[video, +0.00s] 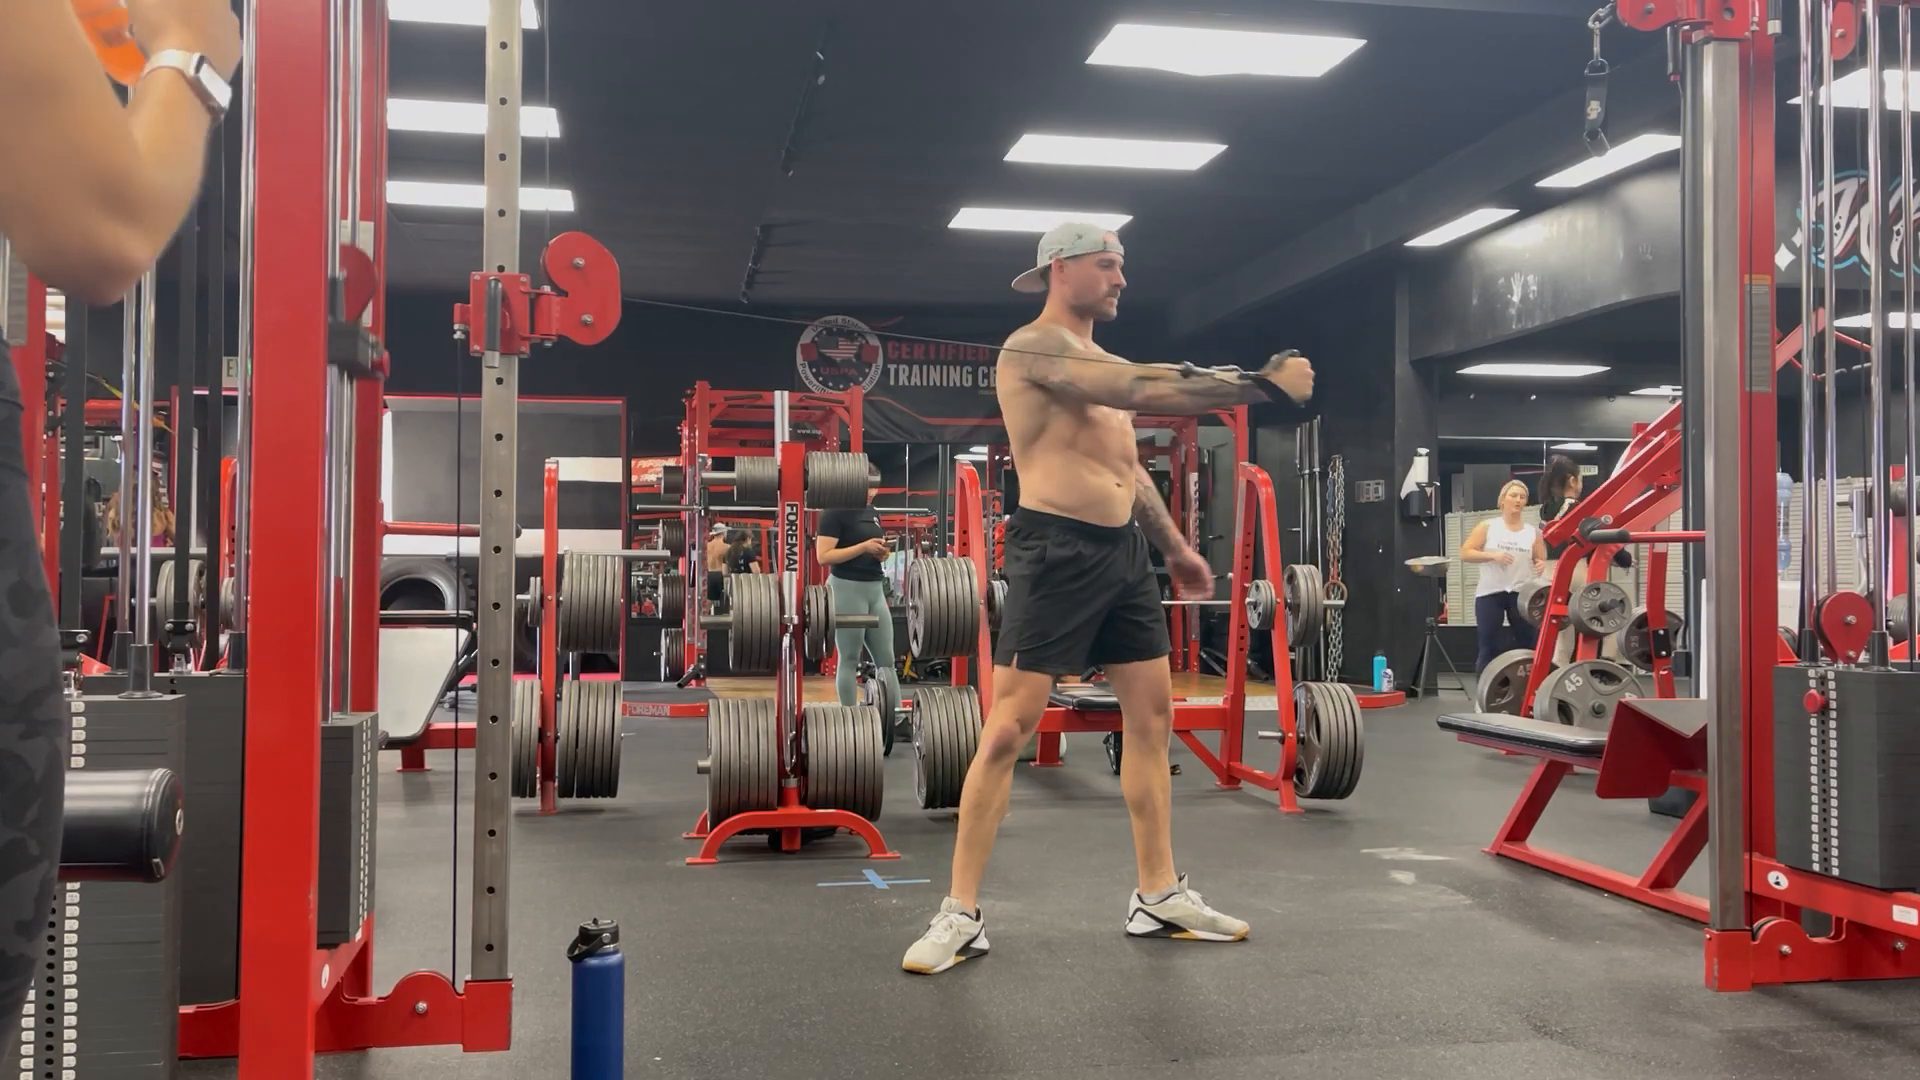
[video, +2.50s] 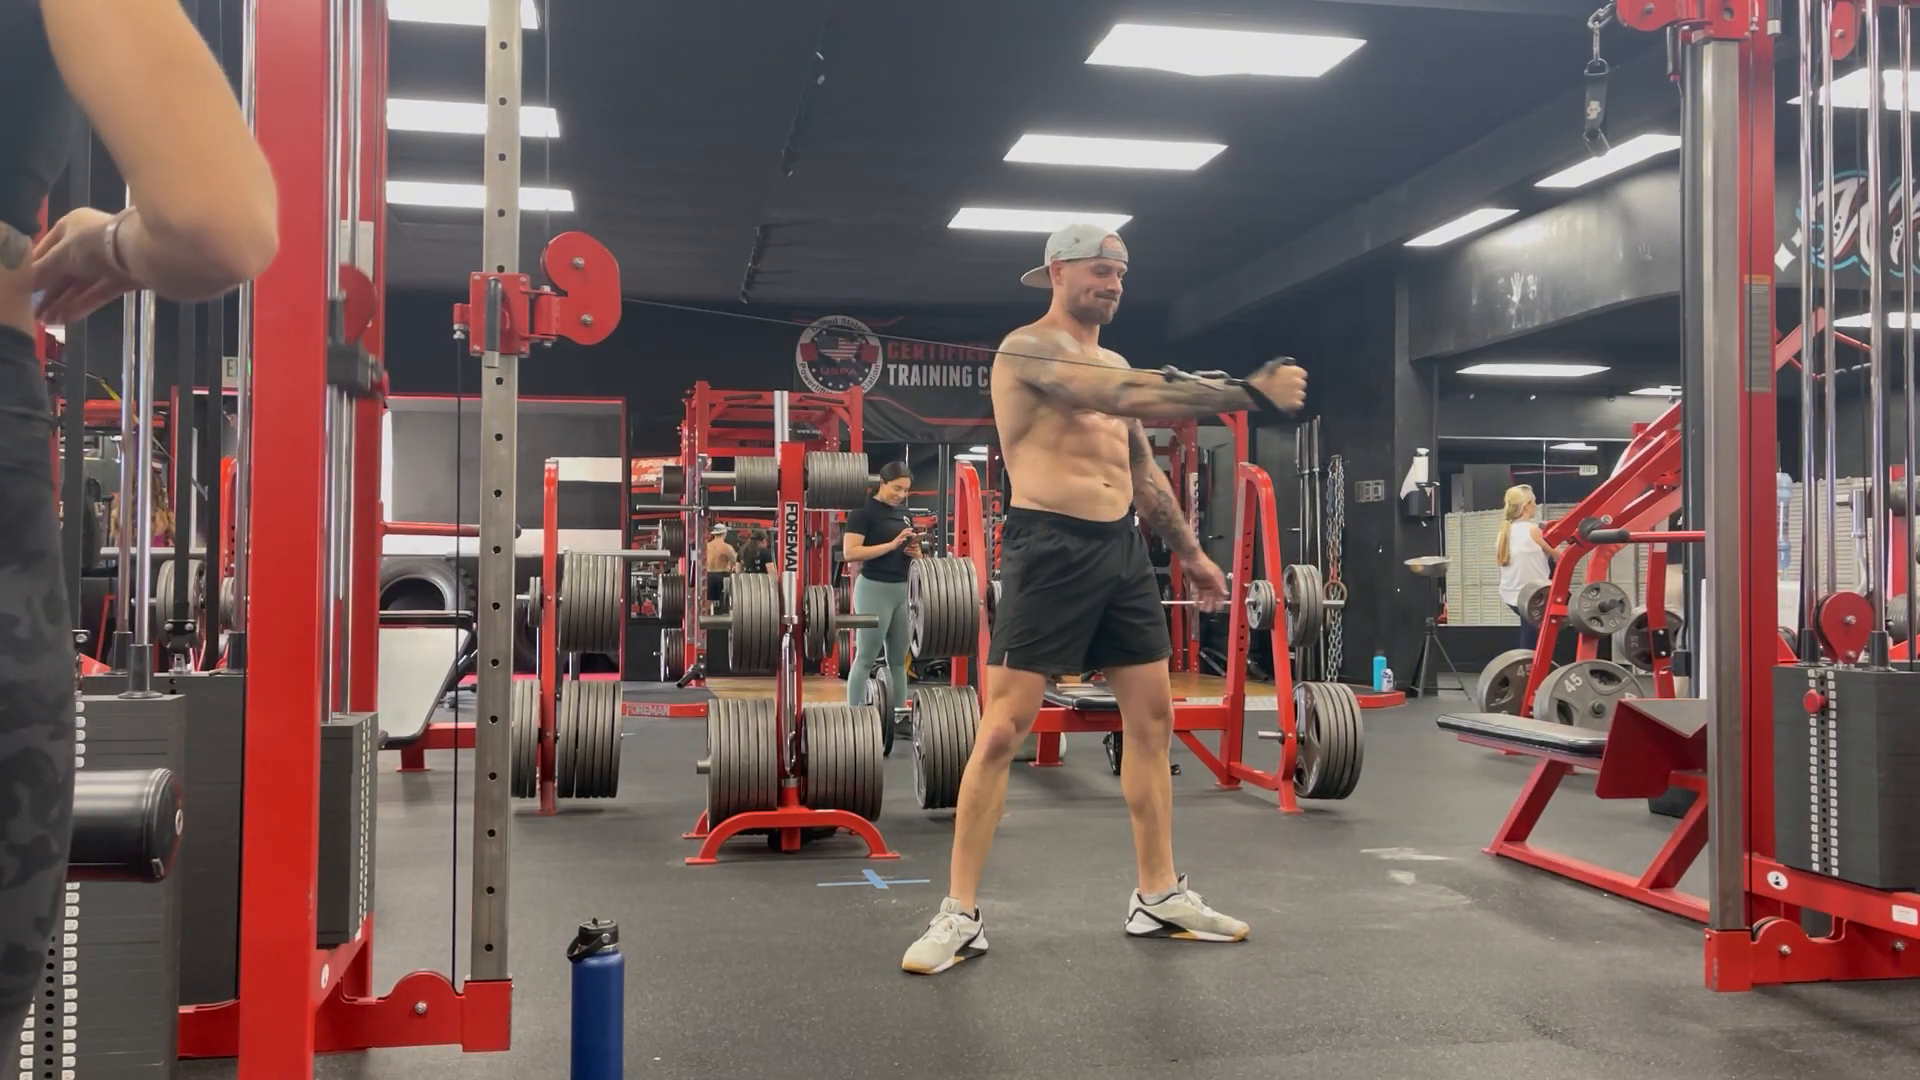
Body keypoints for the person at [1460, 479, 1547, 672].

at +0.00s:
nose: (1518, 500)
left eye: (1522, 497)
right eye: (1514, 495)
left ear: (1525, 502)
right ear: (1503, 499)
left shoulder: (1533, 532)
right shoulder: (1487, 527)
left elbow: (1540, 560)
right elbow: (1465, 553)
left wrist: (1540, 565)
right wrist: (1493, 557)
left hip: (1522, 595)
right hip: (1490, 595)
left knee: (1529, 644)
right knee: (1488, 647)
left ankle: (1529, 692)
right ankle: (1484, 694)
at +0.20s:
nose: (1515, 502)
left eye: (1517, 498)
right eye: (1511, 497)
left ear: (1516, 503)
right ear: (1495, 499)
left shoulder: (1514, 530)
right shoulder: (1480, 525)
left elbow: (1509, 566)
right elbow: (1466, 554)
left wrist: (1521, 566)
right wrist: (1500, 555)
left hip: (1505, 594)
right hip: (1478, 596)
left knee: (1517, 642)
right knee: (1481, 648)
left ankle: (1517, 695)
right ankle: (1481, 698)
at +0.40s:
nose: (1510, 503)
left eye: (1510, 499)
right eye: (1507, 498)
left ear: (1496, 501)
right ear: (1492, 499)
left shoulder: (1498, 526)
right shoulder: (1480, 527)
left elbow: (1492, 557)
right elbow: (1477, 561)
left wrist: (1512, 561)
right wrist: (1510, 558)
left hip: (1492, 594)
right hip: (1474, 597)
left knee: (1495, 646)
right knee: (1480, 647)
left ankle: (1492, 693)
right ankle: (1478, 695)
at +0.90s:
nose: (1494, 505)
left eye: (1494, 501)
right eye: (1491, 501)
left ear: (1475, 504)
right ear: (1479, 504)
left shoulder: (1464, 527)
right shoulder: (1477, 530)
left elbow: (1471, 561)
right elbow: (1483, 563)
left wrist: (1499, 557)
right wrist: (1505, 556)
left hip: (1460, 596)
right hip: (1474, 598)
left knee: (1461, 645)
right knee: (1484, 647)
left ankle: (1458, 695)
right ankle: (1480, 698)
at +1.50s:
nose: (1505, 506)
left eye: (1504, 502)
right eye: (1502, 502)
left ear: (1483, 506)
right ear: (1493, 505)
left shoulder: (1472, 529)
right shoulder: (1495, 531)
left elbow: (1470, 559)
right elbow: (1519, 563)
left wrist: (1507, 562)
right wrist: (1527, 565)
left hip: (1473, 599)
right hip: (1496, 600)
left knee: (1474, 647)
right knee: (1511, 647)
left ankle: (1460, 695)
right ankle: (1509, 696)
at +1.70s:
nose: (1516, 503)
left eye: (1515, 499)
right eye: (1513, 499)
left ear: (1492, 503)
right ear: (1505, 503)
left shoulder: (1482, 530)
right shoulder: (1509, 530)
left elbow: (1497, 560)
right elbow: (1538, 560)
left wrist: (1527, 561)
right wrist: (1541, 565)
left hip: (1484, 600)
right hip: (1505, 601)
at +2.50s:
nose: (1535, 506)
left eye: (1534, 502)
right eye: (1533, 503)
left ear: (1512, 507)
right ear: (1526, 506)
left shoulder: (1504, 531)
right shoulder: (1533, 530)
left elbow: (1500, 561)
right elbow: (1553, 553)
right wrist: (1560, 554)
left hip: (1509, 595)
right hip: (1533, 595)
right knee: (1529, 640)